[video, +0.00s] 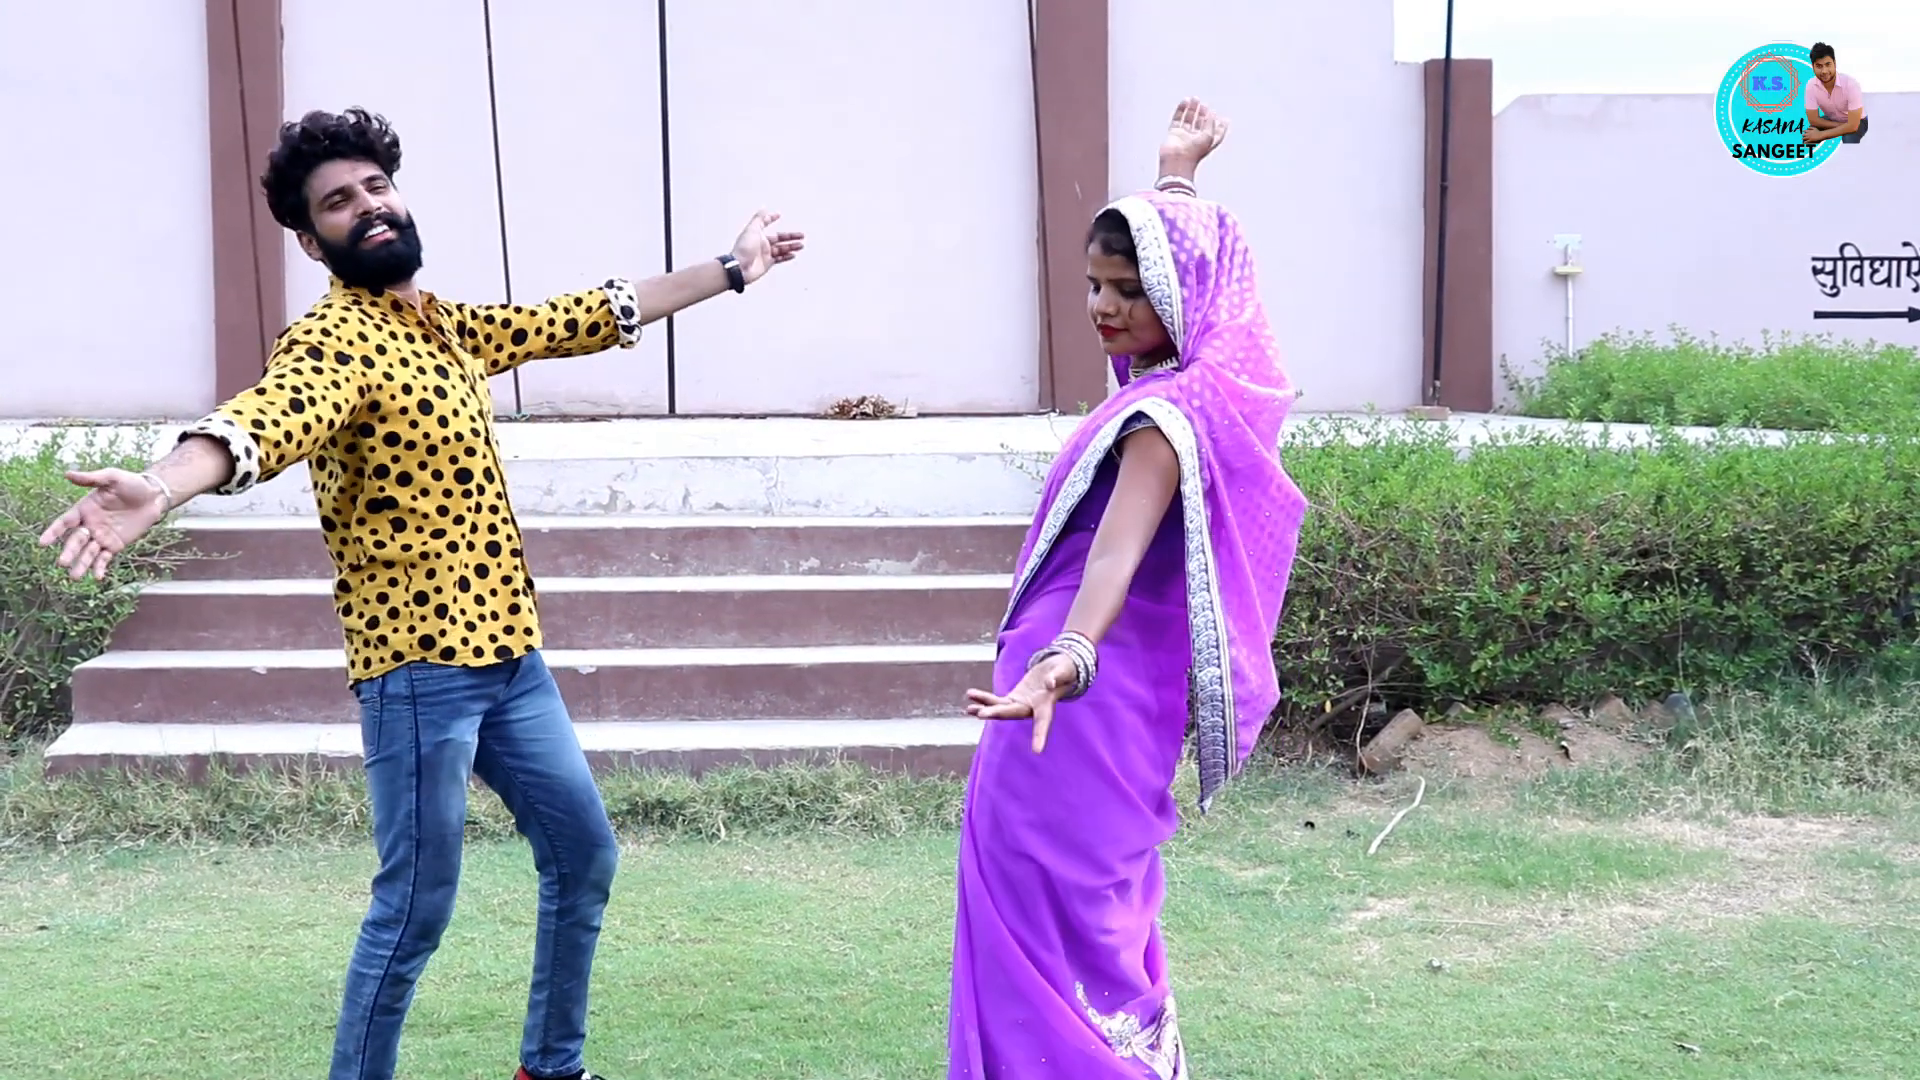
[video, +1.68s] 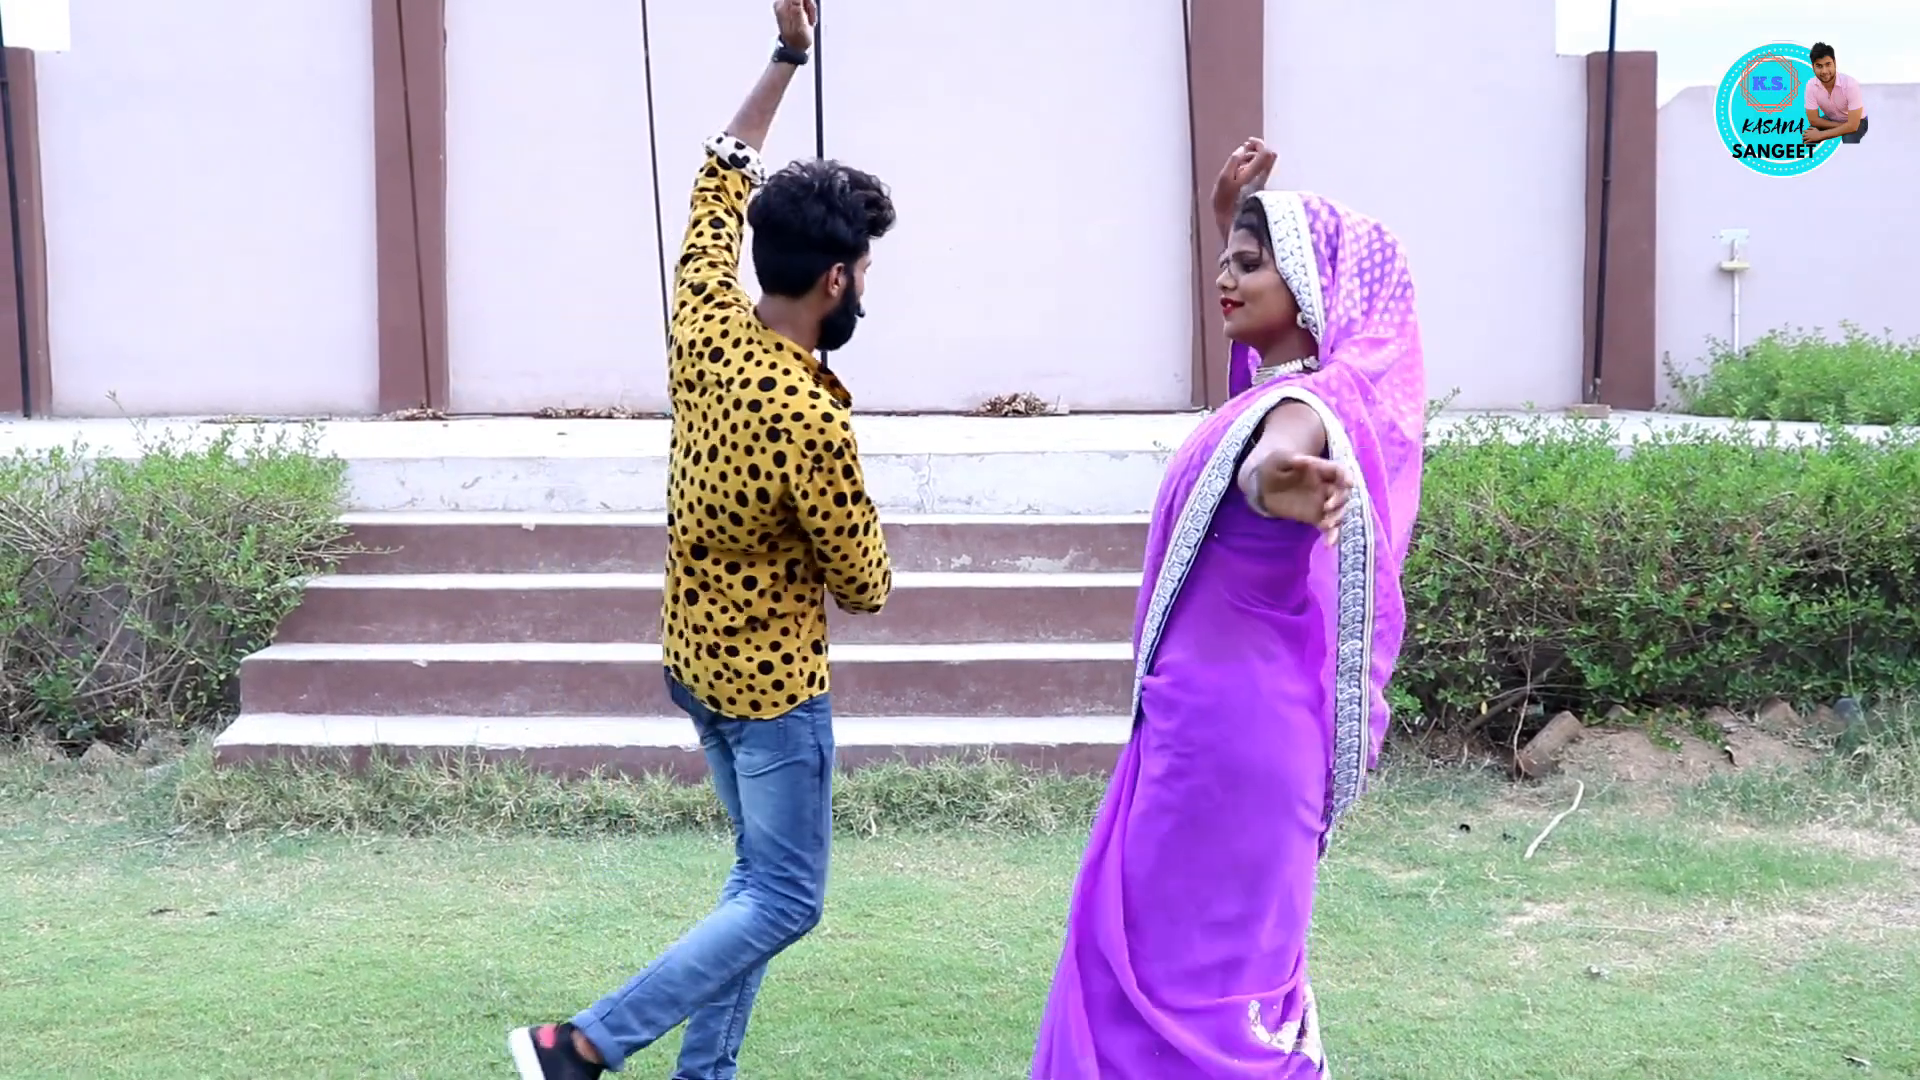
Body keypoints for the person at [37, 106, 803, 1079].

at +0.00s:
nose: (371, 207)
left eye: (378, 184)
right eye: (340, 202)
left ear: (403, 195)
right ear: (310, 236)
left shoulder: (449, 325)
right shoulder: (331, 342)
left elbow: (581, 318)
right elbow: (257, 420)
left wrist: (728, 269)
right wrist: (165, 485)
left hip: (510, 659)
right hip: (414, 673)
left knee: (584, 850)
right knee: (413, 907)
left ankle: (554, 1064)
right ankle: (357, 1073)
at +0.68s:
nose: (502, 211)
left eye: (495, 192)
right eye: (474, 202)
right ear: (413, 241)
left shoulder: (523, 317)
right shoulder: (394, 365)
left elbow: (641, 312)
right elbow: (351, 487)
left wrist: (751, 230)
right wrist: (327, 546)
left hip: (556, 663)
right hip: (468, 676)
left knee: (643, 845)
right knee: (490, 918)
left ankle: (611, 1068)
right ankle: (430, 1073)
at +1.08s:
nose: (646, 220)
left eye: (641, 201)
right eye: (631, 205)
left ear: (586, 224)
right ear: (579, 226)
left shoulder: (621, 306)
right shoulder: (516, 361)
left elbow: (703, 271)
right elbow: (470, 516)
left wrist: (804, 212)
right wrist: (500, 589)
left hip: (650, 651)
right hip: (574, 665)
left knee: (725, 833)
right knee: (579, 898)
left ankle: (688, 1056)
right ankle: (508, 1071)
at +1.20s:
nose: (678, 245)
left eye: (673, 226)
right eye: (667, 228)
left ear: (620, 245)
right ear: (622, 246)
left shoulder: (637, 333)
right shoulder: (537, 391)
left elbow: (709, 302)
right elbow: (533, 577)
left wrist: (795, 230)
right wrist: (604, 661)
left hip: (678, 658)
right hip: (602, 681)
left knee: (757, 833)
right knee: (618, 910)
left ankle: (699, 1058)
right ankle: (529, 1071)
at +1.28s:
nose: (708, 250)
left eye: (703, 231)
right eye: (694, 233)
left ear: (644, 248)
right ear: (650, 251)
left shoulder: (648, 330)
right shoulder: (567, 393)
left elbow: (708, 293)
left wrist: (787, 217)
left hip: (688, 652)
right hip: (622, 674)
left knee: (770, 831)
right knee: (629, 906)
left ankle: (703, 1058)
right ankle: (534, 1071)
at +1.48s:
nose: (777, 245)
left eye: (775, 228)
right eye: (773, 230)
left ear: (687, 236)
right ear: (743, 247)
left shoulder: (650, 296)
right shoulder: (711, 400)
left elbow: (684, 192)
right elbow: (748, 587)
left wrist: (771, 101)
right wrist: (847, 659)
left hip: (677, 629)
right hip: (688, 650)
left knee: (761, 833)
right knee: (646, 883)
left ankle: (707, 1065)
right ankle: (530, 1068)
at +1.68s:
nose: (864, 284)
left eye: (864, 266)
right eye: (863, 268)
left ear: (768, 259)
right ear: (838, 277)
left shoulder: (702, 317)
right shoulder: (810, 415)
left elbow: (725, 178)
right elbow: (867, 583)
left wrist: (786, 57)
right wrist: (826, 547)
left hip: (694, 650)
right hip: (773, 668)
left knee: (757, 882)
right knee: (787, 897)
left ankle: (706, 1071)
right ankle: (581, 1047)